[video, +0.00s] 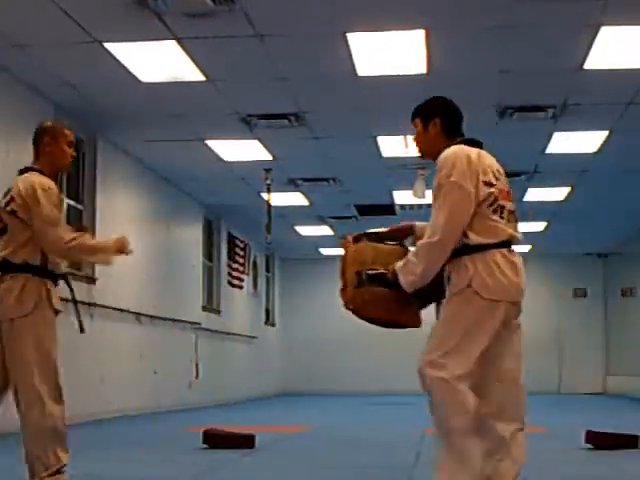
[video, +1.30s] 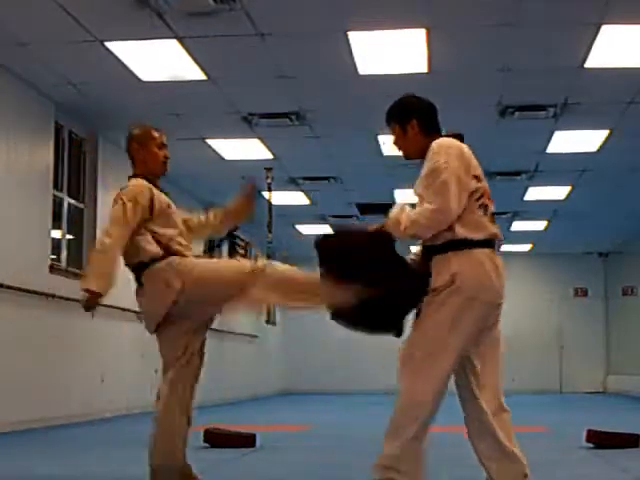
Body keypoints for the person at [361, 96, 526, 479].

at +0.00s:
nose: (415, 142)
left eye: (416, 132)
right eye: (413, 134)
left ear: (434, 127)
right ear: (451, 127)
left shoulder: (457, 158)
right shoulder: (484, 160)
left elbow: (446, 232)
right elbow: (466, 229)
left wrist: (404, 274)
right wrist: (416, 230)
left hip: (481, 276)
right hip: (504, 273)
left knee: (439, 367)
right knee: (499, 381)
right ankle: (502, 467)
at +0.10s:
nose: (401, 136)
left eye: (404, 126)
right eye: (401, 127)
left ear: (421, 124)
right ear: (438, 124)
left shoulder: (442, 157)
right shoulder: (470, 160)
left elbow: (422, 233)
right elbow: (448, 228)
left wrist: (378, 271)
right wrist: (396, 227)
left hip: (460, 282)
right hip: (485, 279)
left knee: (418, 372)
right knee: (485, 386)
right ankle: (498, 470)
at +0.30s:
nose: (364, 134)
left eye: (368, 124)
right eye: (365, 125)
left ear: (387, 123)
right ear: (401, 126)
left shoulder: (396, 162)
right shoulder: (435, 164)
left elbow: (376, 235)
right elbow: (413, 224)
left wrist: (332, 269)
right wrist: (362, 224)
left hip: (410, 283)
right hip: (443, 278)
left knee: (370, 385)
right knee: (458, 394)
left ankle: (345, 471)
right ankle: (490, 473)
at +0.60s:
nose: (301, 138)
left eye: (304, 128)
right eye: (300, 130)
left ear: (322, 125)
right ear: (339, 126)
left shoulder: (338, 163)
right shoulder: (379, 155)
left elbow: (327, 235)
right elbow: (360, 215)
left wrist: (290, 281)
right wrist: (305, 235)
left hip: (376, 274)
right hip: (415, 266)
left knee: (353, 379)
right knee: (436, 379)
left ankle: (346, 471)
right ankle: (475, 469)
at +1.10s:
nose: (348, 146)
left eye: (350, 136)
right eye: (346, 138)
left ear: (368, 131)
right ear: (381, 132)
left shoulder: (384, 170)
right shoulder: (422, 167)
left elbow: (361, 237)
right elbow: (403, 236)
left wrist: (319, 250)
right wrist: (353, 257)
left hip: (398, 285)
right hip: (433, 280)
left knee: (348, 374)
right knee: (441, 382)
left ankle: (342, 472)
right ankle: (502, 467)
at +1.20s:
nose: (374, 144)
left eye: (374, 134)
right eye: (372, 136)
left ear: (392, 128)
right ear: (407, 127)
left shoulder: (418, 157)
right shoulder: (439, 160)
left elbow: (403, 223)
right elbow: (418, 230)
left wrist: (361, 221)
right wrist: (364, 233)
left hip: (428, 277)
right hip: (454, 275)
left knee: (382, 386)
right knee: (466, 390)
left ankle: (346, 473)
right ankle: (508, 471)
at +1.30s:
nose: (396, 145)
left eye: (396, 135)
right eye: (394, 138)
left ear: (414, 128)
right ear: (422, 128)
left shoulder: (444, 150)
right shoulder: (455, 154)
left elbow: (439, 214)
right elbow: (444, 230)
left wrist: (398, 220)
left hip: (462, 268)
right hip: (483, 268)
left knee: (420, 370)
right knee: (481, 385)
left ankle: (397, 469)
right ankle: (510, 471)